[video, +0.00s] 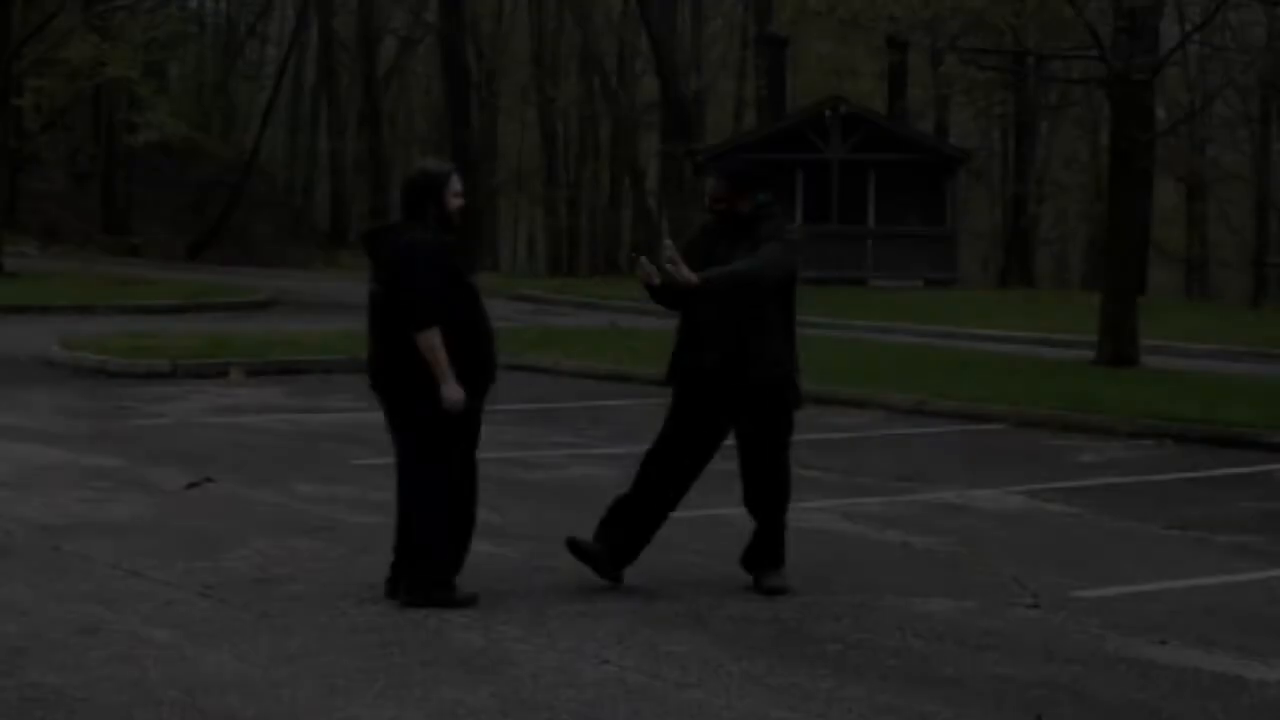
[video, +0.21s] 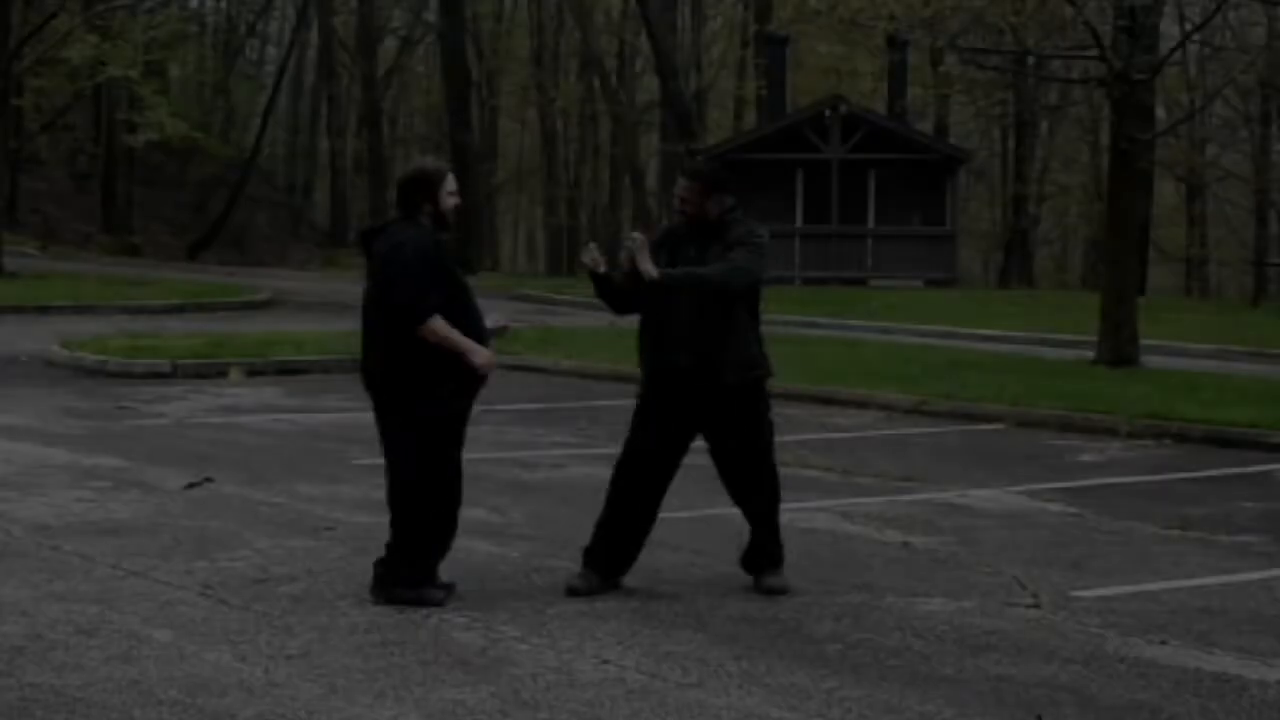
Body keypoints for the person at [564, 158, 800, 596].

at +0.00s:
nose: (713, 204)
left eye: (720, 195)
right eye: (713, 196)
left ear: (739, 197)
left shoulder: (774, 240)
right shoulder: (710, 237)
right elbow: (686, 301)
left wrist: (699, 280)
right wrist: (659, 286)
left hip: (764, 380)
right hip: (706, 378)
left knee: (767, 481)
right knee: (667, 468)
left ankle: (769, 567)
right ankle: (612, 553)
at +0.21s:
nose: (682, 207)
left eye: (690, 200)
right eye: (679, 198)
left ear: (715, 200)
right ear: (676, 198)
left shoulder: (743, 239)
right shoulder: (670, 241)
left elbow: (736, 282)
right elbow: (630, 301)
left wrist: (660, 274)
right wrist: (604, 276)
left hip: (732, 384)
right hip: (669, 384)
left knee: (754, 479)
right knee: (637, 479)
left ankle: (768, 566)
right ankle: (601, 570)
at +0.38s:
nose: (655, 205)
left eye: (665, 197)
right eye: (651, 196)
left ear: (690, 196)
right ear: (645, 193)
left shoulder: (713, 237)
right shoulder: (634, 239)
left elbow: (711, 279)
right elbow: (572, 285)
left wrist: (637, 268)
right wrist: (543, 259)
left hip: (705, 381)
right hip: (639, 382)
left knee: (735, 473)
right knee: (617, 477)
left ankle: (764, 567)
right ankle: (600, 570)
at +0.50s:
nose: (633, 205)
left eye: (642, 198)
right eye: (629, 196)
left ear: (667, 198)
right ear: (623, 195)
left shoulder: (692, 232)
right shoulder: (613, 238)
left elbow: (697, 278)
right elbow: (553, 262)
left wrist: (625, 266)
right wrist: (505, 251)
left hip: (693, 378)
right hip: (628, 381)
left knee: (728, 470)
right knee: (608, 476)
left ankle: (758, 567)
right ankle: (600, 570)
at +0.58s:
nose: (621, 207)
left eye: (630, 200)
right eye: (616, 199)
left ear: (654, 199)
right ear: (611, 197)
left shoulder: (684, 234)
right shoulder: (604, 238)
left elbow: (689, 280)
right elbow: (555, 256)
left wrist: (620, 268)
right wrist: (504, 256)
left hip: (687, 378)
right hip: (623, 381)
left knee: (721, 470)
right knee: (602, 475)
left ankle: (749, 567)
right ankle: (600, 570)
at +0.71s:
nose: (614, 212)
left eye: (623, 205)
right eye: (609, 204)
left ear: (648, 202)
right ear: (604, 204)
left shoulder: (679, 235)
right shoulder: (602, 240)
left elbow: (684, 285)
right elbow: (561, 265)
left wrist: (620, 278)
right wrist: (519, 273)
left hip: (680, 380)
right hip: (617, 383)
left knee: (718, 472)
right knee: (598, 476)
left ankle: (749, 568)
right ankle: (599, 570)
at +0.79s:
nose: (613, 213)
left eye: (622, 206)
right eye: (608, 205)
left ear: (647, 203)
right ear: (602, 205)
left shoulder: (679, 236)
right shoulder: (597, 242)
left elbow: (684, 285)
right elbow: (558, 269)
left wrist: (621, 280)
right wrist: (518, 281)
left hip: (679, 381)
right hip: (616, 384)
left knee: (717, 472)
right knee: (598, 477)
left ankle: (749, 567)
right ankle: (600, 569)